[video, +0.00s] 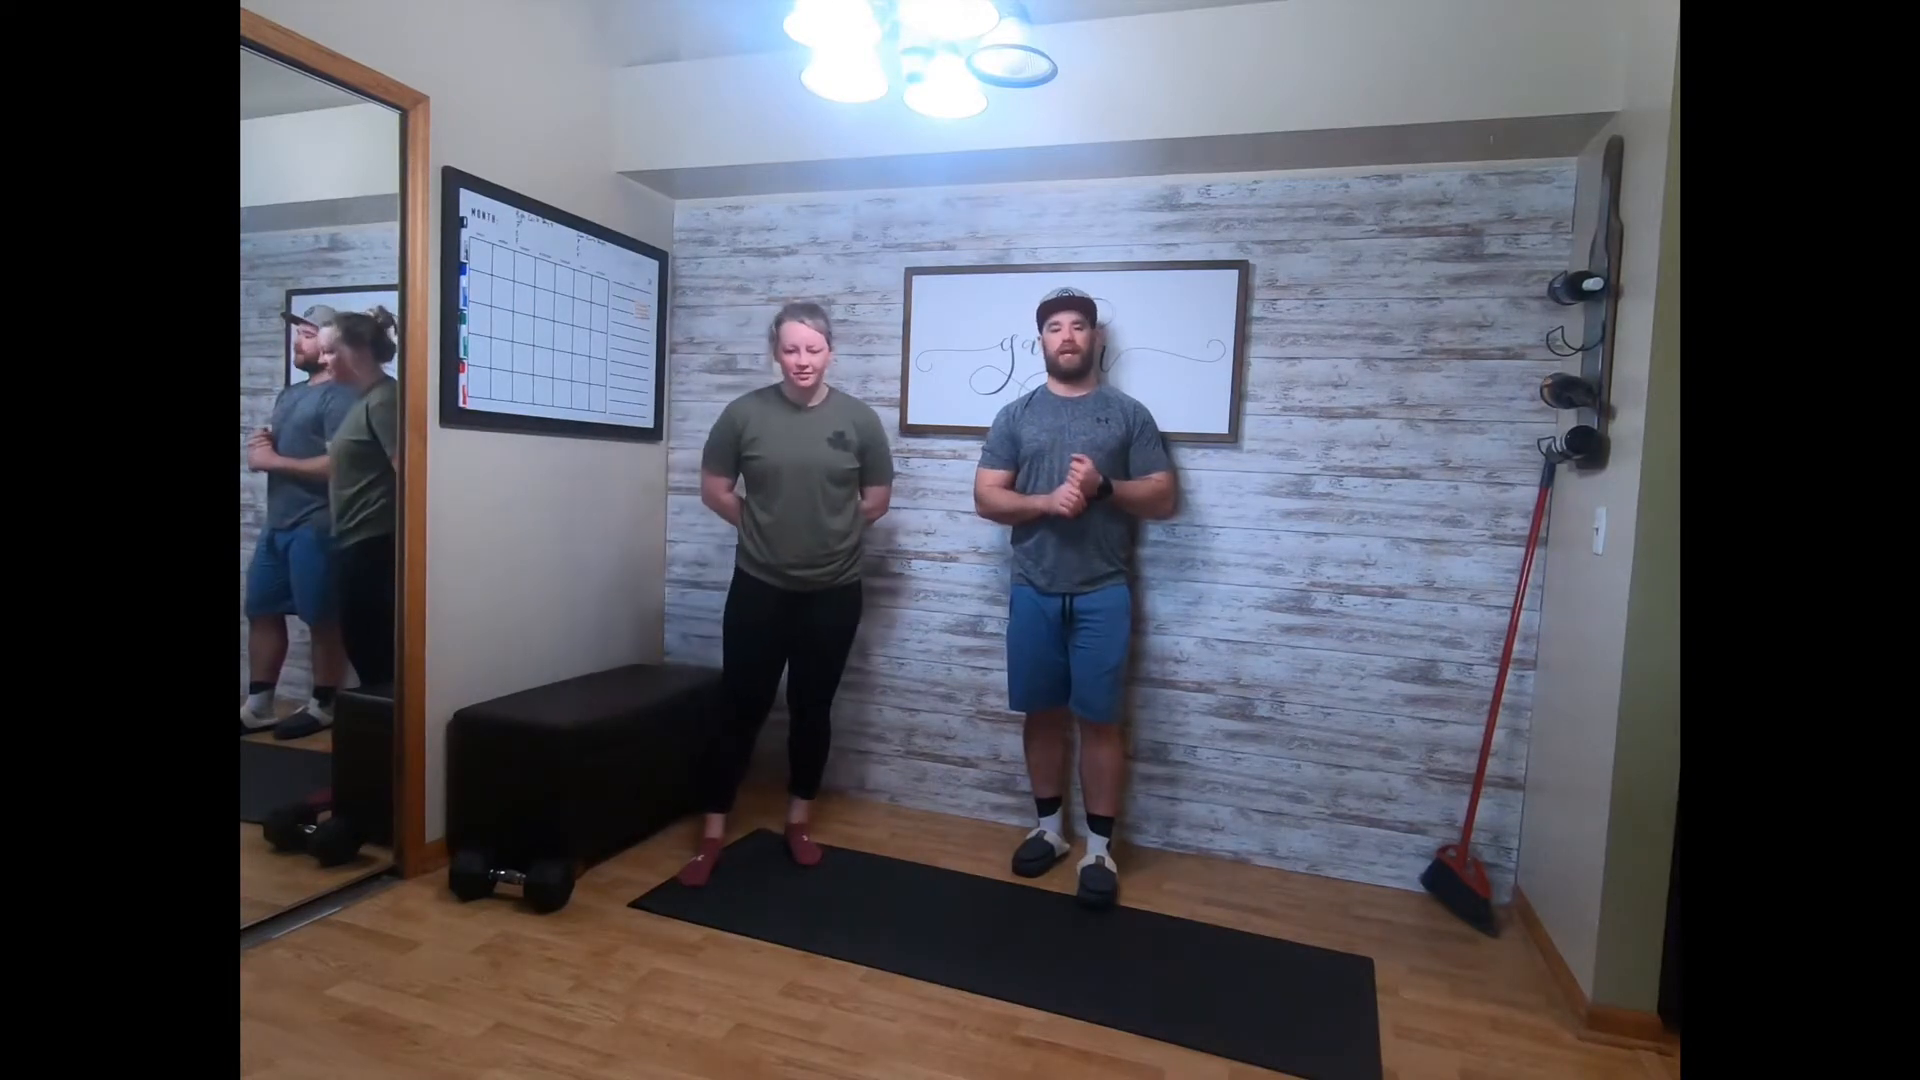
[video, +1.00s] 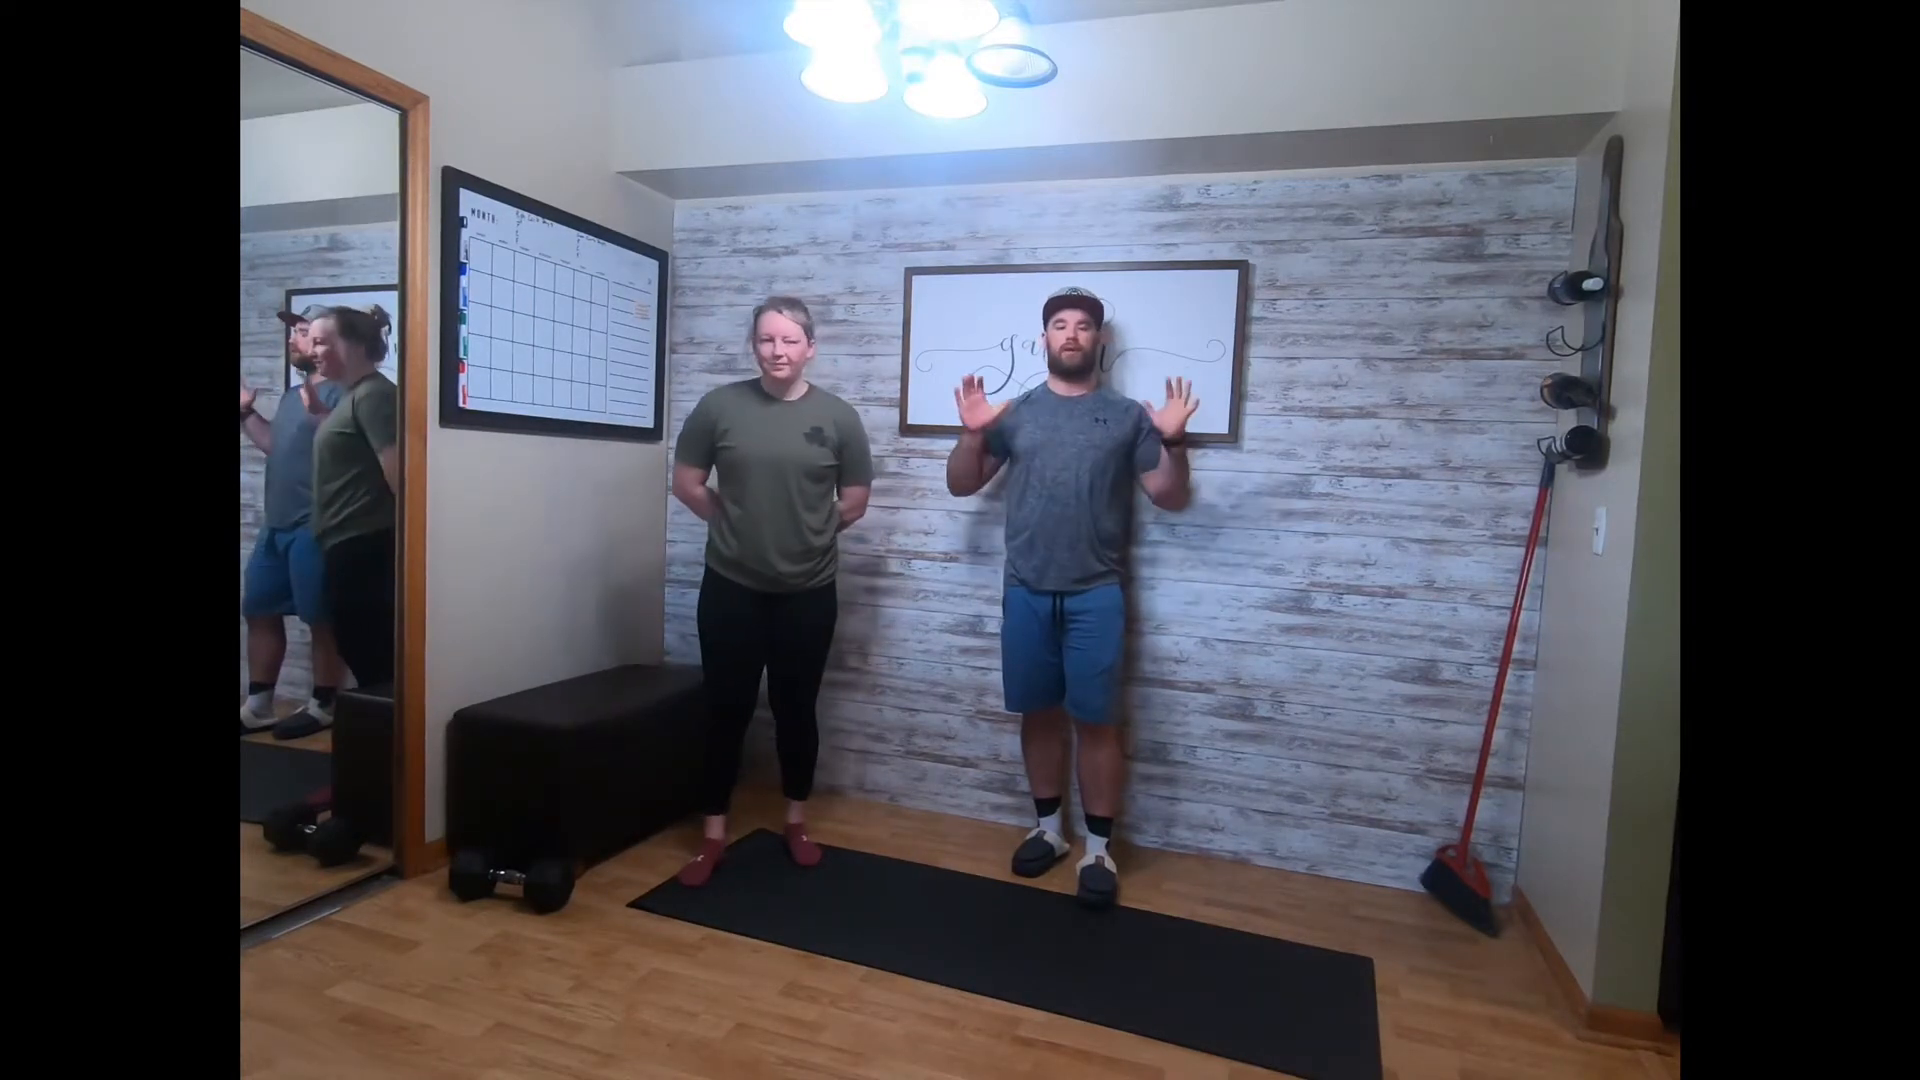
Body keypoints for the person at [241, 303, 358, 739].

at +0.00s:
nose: (298, 339)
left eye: (308, 333)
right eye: (298, 332)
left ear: (329, 344)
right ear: (299, 341)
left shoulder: (342, 397)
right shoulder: (289, 395)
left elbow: (339, 465)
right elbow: (278, 443)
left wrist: (275, 461)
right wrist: (264, 441)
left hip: (319, 525)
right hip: (278, 524)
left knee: (322, 619)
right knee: (263, 610)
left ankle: (323, 707)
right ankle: (260, 703)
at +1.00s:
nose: (294, 339)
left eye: (304, 332)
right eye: (295, 333)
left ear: (326, 342)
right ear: (299, 344)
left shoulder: (343, 392)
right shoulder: (294, 394)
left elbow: (346, 447)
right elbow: (276, 446)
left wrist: (317, 412)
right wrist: (248, 413)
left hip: (317, 523)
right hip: (276, 523)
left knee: (321, 617)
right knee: (260, 608)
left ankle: (324, 706)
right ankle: (259, 704)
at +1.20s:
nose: (300, 344)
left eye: (310, 336)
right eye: (300, 337)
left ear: (334, 344)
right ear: (301, 345)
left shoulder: (347, 394)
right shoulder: (293, 391)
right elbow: (254, 411)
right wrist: (242, 371)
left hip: (319, 527)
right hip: (279, 525)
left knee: (321, 619)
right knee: (261, 609)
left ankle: (325, 706)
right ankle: (259, 703)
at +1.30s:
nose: (298, 342)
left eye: (308, 336)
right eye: (297, 335)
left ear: (331, 344)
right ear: (296, 343)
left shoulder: (347, 391)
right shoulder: (289, 386)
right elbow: (250, 384)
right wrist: (238, 346)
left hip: (322, 528)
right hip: (280, 523)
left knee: (322, 621)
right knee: (264, 609)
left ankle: (324, 705)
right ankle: (259, 703)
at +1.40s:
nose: (296, 340)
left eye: (305, 333)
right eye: (296, 332)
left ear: (329, 341)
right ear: (296, 341)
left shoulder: (340, 385)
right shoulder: (290, 379)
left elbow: (351, 345)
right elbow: (253, 355)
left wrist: (340, 299)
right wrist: (238, 324)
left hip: (322, 522)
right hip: (283, 519)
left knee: (322, 618)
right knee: (264, 609)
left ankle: (324, 705)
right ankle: (259, 702)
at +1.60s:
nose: (292, 341)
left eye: (301, 334)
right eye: (290, 333)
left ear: (325, 341)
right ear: (288, 341)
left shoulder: (336, 383)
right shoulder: (287, 376)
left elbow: (346, 338)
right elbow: (251, 341)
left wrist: (341, 291)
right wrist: (240, 306)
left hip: (321, 522)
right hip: (282, 519)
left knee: (321, 617)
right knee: (264, 609)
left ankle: (324, 705)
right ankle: (260, 702)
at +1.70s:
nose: (291, 340)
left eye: (301, 332)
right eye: (292, 333)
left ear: (327, 340)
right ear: (294, 342)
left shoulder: (338, 386)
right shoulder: (287, 381)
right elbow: (246, 375)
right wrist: (240, 328)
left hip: (318, 524)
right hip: (280, 521)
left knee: (321, 620)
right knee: (262, 609)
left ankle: (324, 705)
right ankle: (259, 703)